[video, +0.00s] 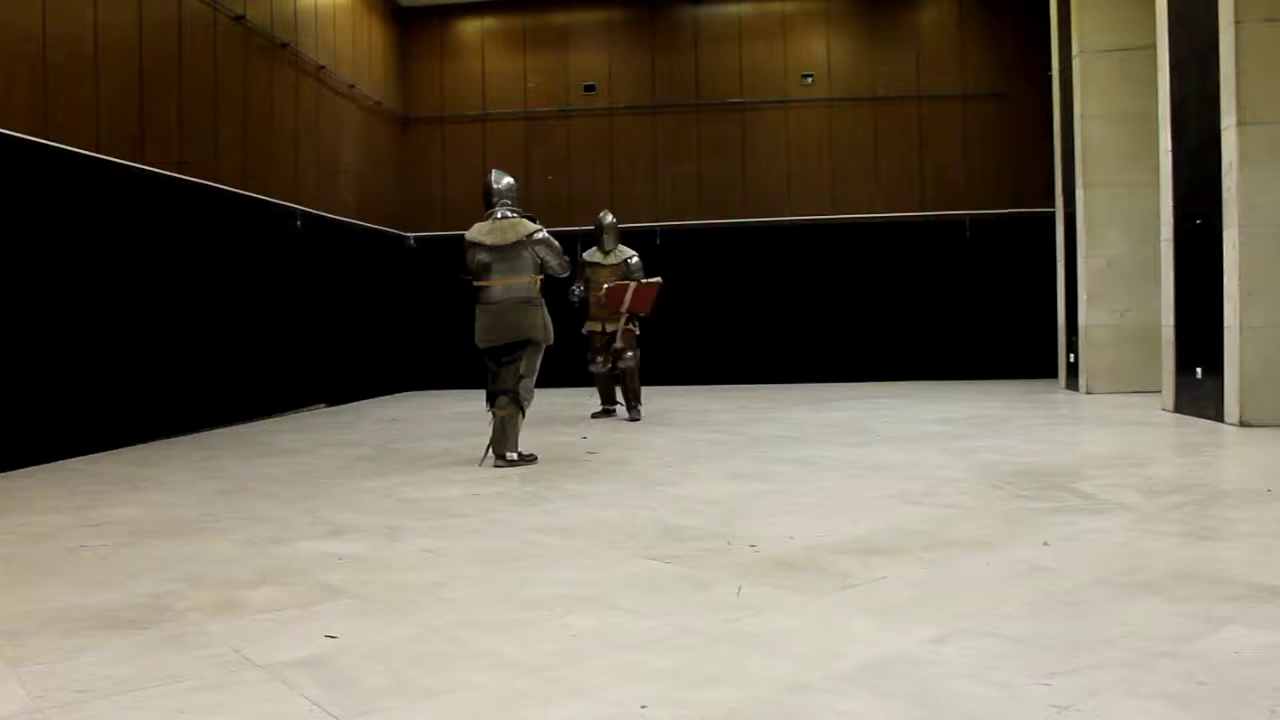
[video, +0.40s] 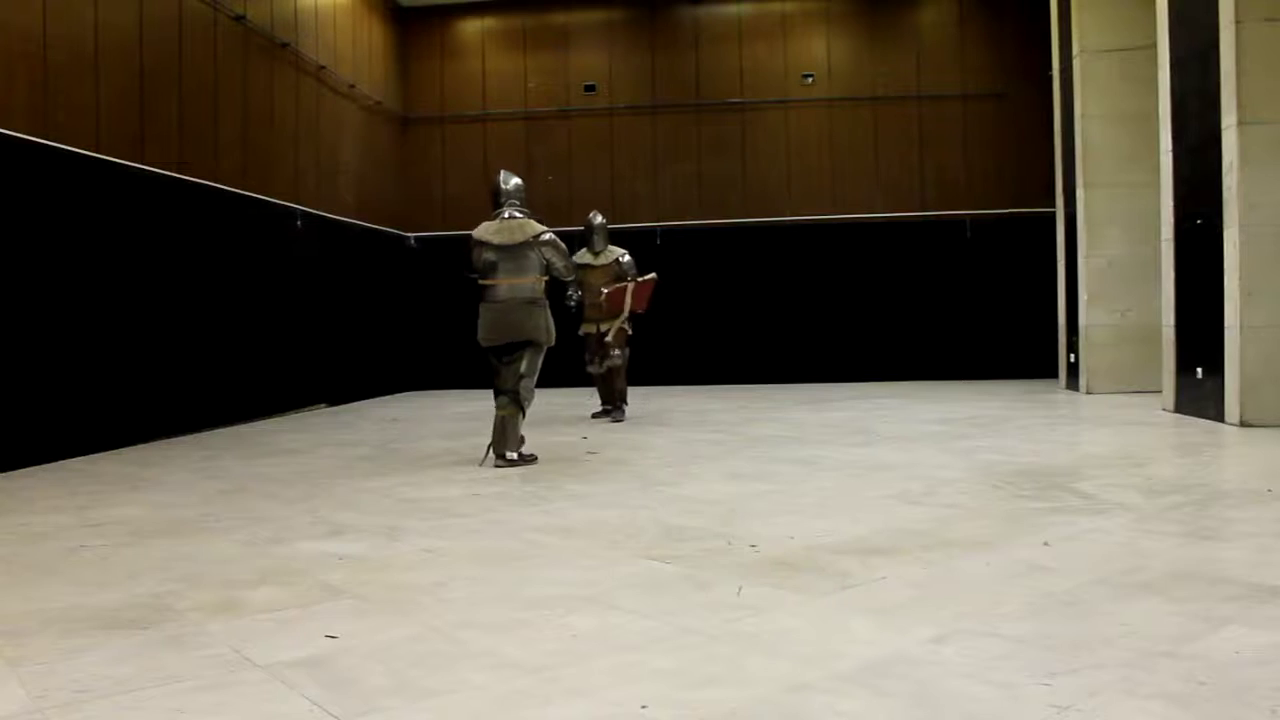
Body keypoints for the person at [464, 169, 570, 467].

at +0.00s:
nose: (515, 199)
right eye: (515, 194)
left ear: (488, 199)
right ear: (515, 197)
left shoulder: (475, 236)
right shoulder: (530, 232)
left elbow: (473, 270)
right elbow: (561, 268)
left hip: (490, 317)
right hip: (528, 315)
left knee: (501, 378)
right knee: (521, 381)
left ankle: (502, 446)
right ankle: (507, 450)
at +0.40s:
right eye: (522, 194)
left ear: (496, 199)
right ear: (523, 197)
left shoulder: (482, 235)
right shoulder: (538, 233)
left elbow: (479, 269)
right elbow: (565, 270)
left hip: (493, 316)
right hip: (531, 315)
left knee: (506, 381)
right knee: (520, 384)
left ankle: (509, 443)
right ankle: (505, 449)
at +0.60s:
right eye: (525, 202)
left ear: (499, 206)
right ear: (527, 204)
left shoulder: (485, 242)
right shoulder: (540, 240)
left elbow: (483, 276)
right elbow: (569, 277)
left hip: (497, 322)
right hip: (534, 320)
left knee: (511, 381)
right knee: (529, 384)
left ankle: (503, 440)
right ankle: (512, 443)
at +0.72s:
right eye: (528, 204)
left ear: (502, 206)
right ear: (530, 205)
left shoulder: (487, 240)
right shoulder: (541, 238)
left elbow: (485, 275)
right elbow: (569, 275)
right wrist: (559, 297)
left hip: (499, 321)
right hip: (536, 320)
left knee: (508, 375)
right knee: (546, 378)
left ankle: (513, 435)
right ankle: (521, 427)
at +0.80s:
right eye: (530, 201)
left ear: (505, 204)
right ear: (532, 203)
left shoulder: (490, 238)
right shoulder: (542, 237)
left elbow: (488, 272)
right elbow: (571, 270)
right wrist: (559, 292)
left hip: (502, 316)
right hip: (538, 315)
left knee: (512, 375)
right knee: (550, 375)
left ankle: (515, 440)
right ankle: (534, 432)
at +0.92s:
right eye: (538, 204)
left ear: (512, 206)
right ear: (539, 205)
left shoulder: (496, 238)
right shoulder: (546, 238)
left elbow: (496, 269)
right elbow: (576, 266)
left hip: (505, 318)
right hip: (541, 318)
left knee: (517, 372)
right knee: (559, 376)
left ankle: (515, 434)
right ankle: (554, 438)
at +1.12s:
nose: (544, 220)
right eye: (544, 216)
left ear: (520, 217)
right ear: (546, 218)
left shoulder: (504, 246)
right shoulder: (548, 250)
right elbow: (573, 279)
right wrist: (595, 269)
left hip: (502, 326)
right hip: (537, 327)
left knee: (514, 377)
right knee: (561, 378)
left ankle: (517, 431)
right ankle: (554, 433)